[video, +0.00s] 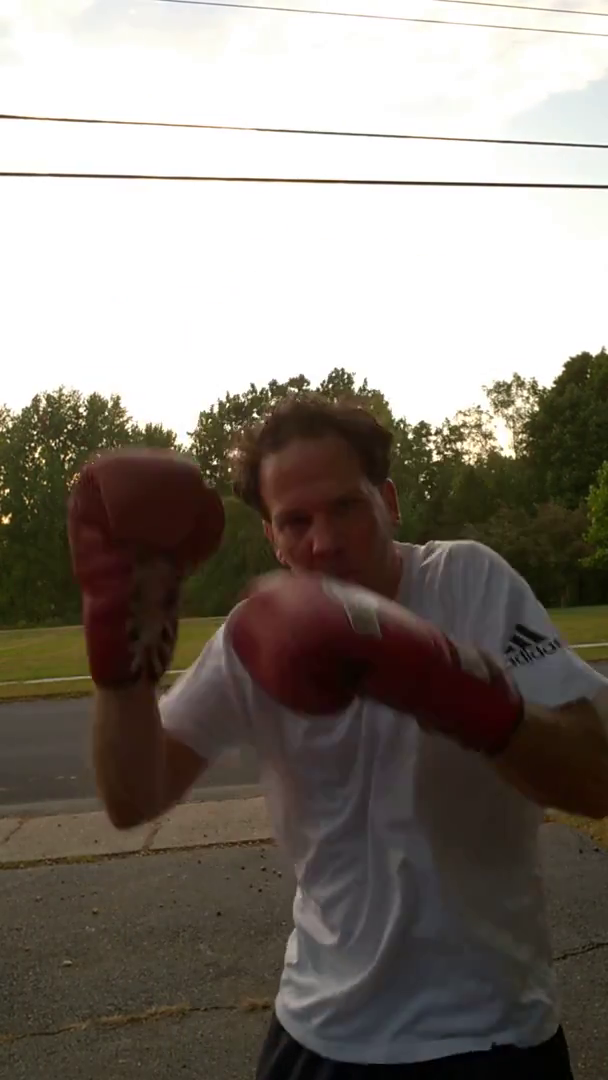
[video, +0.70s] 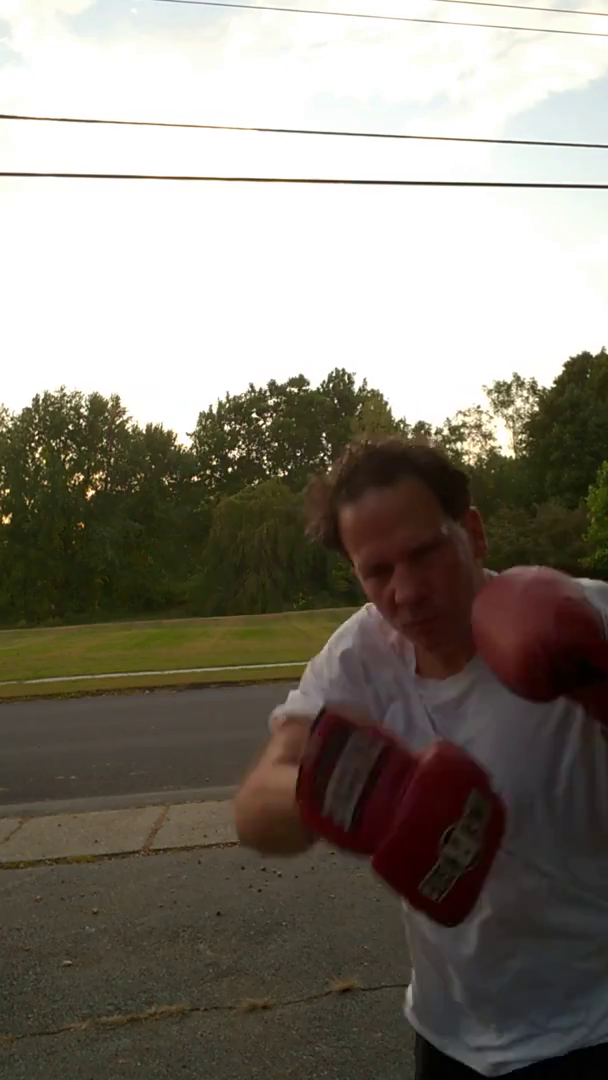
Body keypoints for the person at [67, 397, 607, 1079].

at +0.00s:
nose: (323, 541)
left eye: (342, 509)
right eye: (296, 522)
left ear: (387, 500)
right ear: (269, 533)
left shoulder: (469, 583)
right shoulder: (258, 634)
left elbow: (595, 780)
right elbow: (132, 799)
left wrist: (444, 688)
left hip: (484, 1021)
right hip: (322, 1023)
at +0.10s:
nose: (309, 601)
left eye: (318, 568)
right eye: (282, 582)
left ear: (359, 554)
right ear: (248, 600)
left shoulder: (454, 642)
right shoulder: (252, 678)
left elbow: (596, 832)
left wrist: (485, 757)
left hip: (487, 1034)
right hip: (339, 1029)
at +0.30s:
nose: (334, 594)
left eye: (352, 558)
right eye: (305, 571)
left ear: (400, 544)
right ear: (283, 575)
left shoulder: (506, 644)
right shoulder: (313, 679)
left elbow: (602, 710)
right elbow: (244, 813)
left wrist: (568, 601)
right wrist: (206, 803)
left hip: (536, 1049)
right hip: (388, 1041)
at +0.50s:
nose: (386, 566)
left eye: (404, 532)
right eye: (356, 547)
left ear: (447, 520)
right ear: (329, 558)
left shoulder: (538, 595)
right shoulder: (322, 655)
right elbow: (209, 834)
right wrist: (201, 661)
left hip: (589, 1017)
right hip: (450, 1016)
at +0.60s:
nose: (376, 615)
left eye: (390, 580)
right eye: (346, 592)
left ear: (440, 557)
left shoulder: (547, 636)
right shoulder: (352, 688)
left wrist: (551, 751)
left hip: (584, 1041)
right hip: (454, 1023)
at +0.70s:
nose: (405, 592)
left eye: (423, 554)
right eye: (378, 571)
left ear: (474, 534)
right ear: (356, 573)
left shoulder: (578, 622)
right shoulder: (360, 652)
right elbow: (253, 816)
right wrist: (350, 795)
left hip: (582, 1029)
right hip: (448, 1025)